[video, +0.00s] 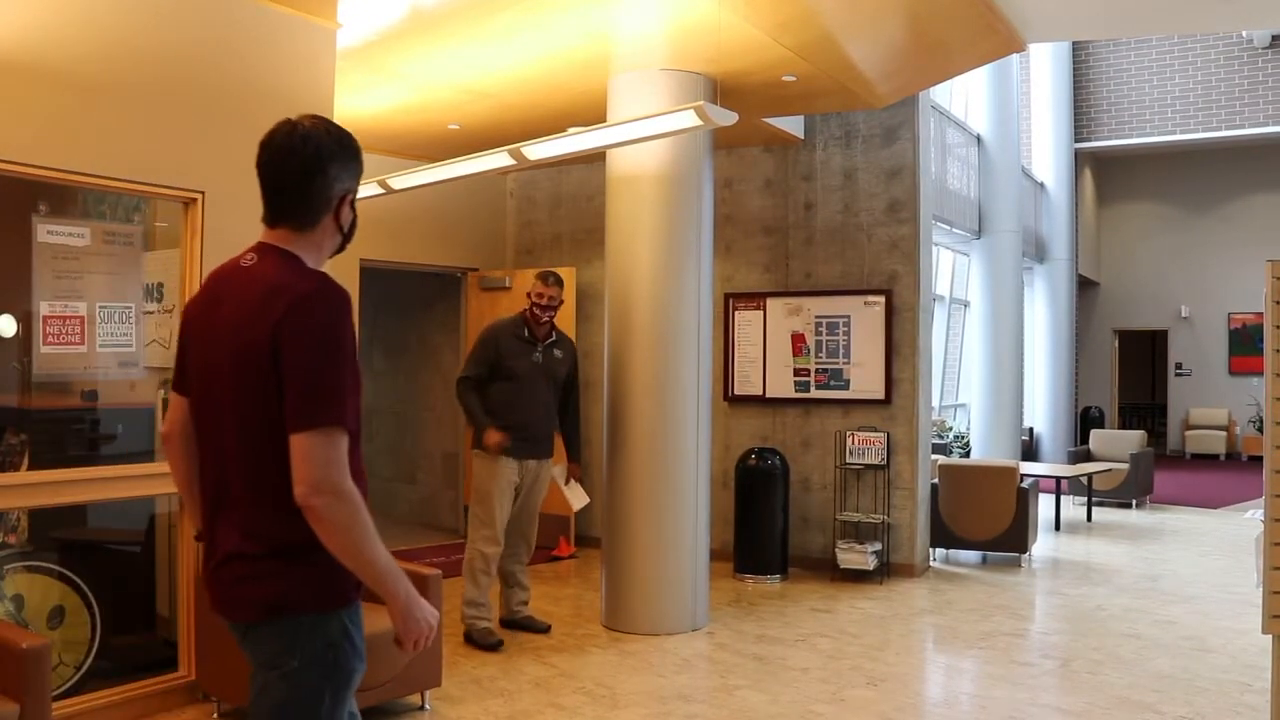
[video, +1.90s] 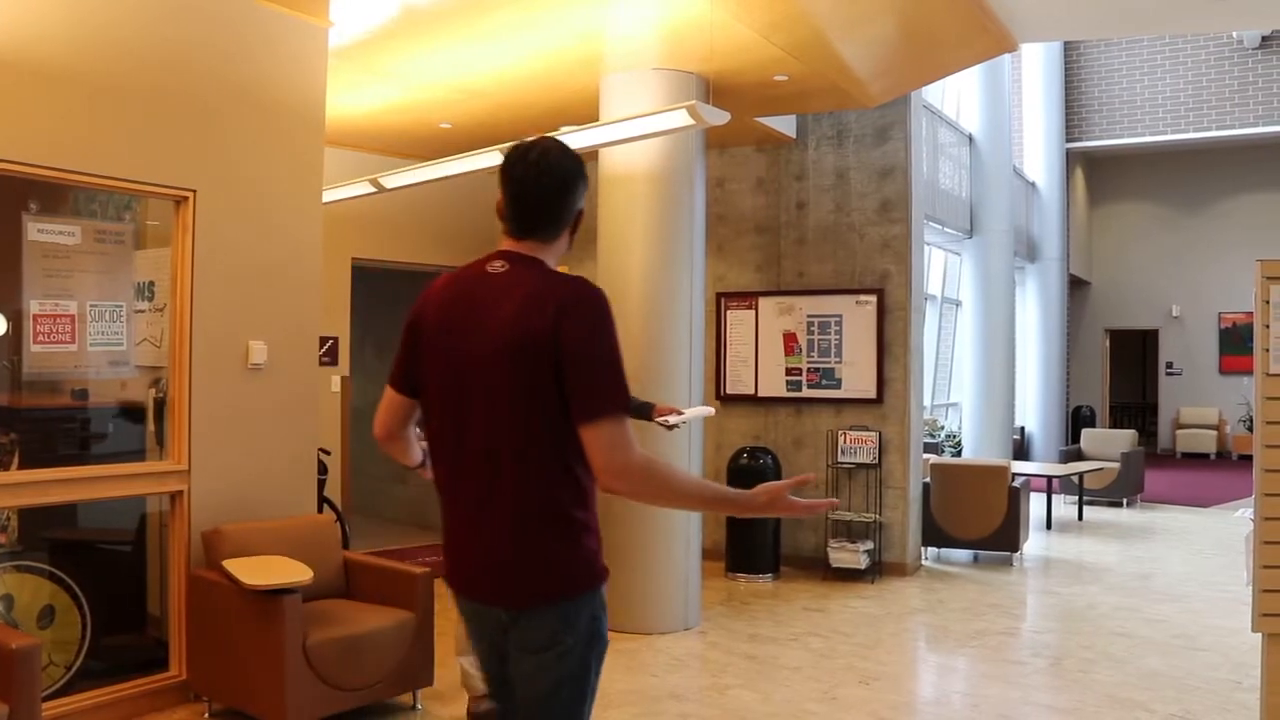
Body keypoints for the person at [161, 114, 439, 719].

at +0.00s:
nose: (355, 212)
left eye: (356, 195)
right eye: (356, 196)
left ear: (269, 192)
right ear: (344, 206)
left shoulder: (211, 294)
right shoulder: (315, 300)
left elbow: (177, 432)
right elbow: (320, 485)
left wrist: (209, 526)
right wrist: (403, 597)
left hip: (240, 578)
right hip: (303, 592)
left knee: (322, 702)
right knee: (302, 709)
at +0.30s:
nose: (393, 217)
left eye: (393, 200)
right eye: (389, 200)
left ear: (306, 203)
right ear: (356, 206)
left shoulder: (254, 291)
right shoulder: (344, 296)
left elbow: (219, 433)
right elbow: (353, 472)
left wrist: (254, 533)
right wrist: (438, 568)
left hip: (278, 573)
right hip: (334, 585)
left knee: (337, 706)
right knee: (335, 711)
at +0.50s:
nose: (408, 221)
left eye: (409, 205)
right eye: (406, 204)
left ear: (325, 202)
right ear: (377, 207)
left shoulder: (277, 288)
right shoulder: (363, 293)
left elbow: (238, 425)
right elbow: (386, 458)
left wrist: (296, 490)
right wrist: (511, 521)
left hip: (295, 567)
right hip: (355, 579)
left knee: (338, 707)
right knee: (362, 709)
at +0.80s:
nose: (425, 228)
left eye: (426, 213)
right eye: (426, 212)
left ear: (347, 207)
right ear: (408, 216)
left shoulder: (299, 292)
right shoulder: (388, 294)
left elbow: (261, 422)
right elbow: (414, 448)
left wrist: (333, 463)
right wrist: (544, 492)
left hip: (318, 555)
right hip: (391, 562)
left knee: (349, 712)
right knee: (443, 707)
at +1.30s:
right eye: (478, 218)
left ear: (396, 212)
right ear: (469, 224)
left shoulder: (343, 298)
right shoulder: (459, 304)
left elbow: (303, 422)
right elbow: (496, 458)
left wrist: (369, 457)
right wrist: (624, 494)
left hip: (370, 559)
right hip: (451, 563)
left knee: (385, 711)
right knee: (498, 707)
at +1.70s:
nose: (546, 223)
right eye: (548, 212)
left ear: (464, 206)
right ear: (541, 218)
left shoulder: (406, 296)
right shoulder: (539, 301)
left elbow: (360, 430)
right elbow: (582, 461)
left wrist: (416, 462)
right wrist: (709, 496)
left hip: (439, 573)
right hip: (528, 582)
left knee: (440, 714)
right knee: (541, 713)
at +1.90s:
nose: (583, 219)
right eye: (584, 208)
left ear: (500, 208)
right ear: (578, 218)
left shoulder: (440, 296)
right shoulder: (574, 302)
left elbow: (389, 428)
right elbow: (617, 465)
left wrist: (428, 460)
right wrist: (744, 501)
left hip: (471, 566)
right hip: (553, 574)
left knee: (507, 704)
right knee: (552, 708)